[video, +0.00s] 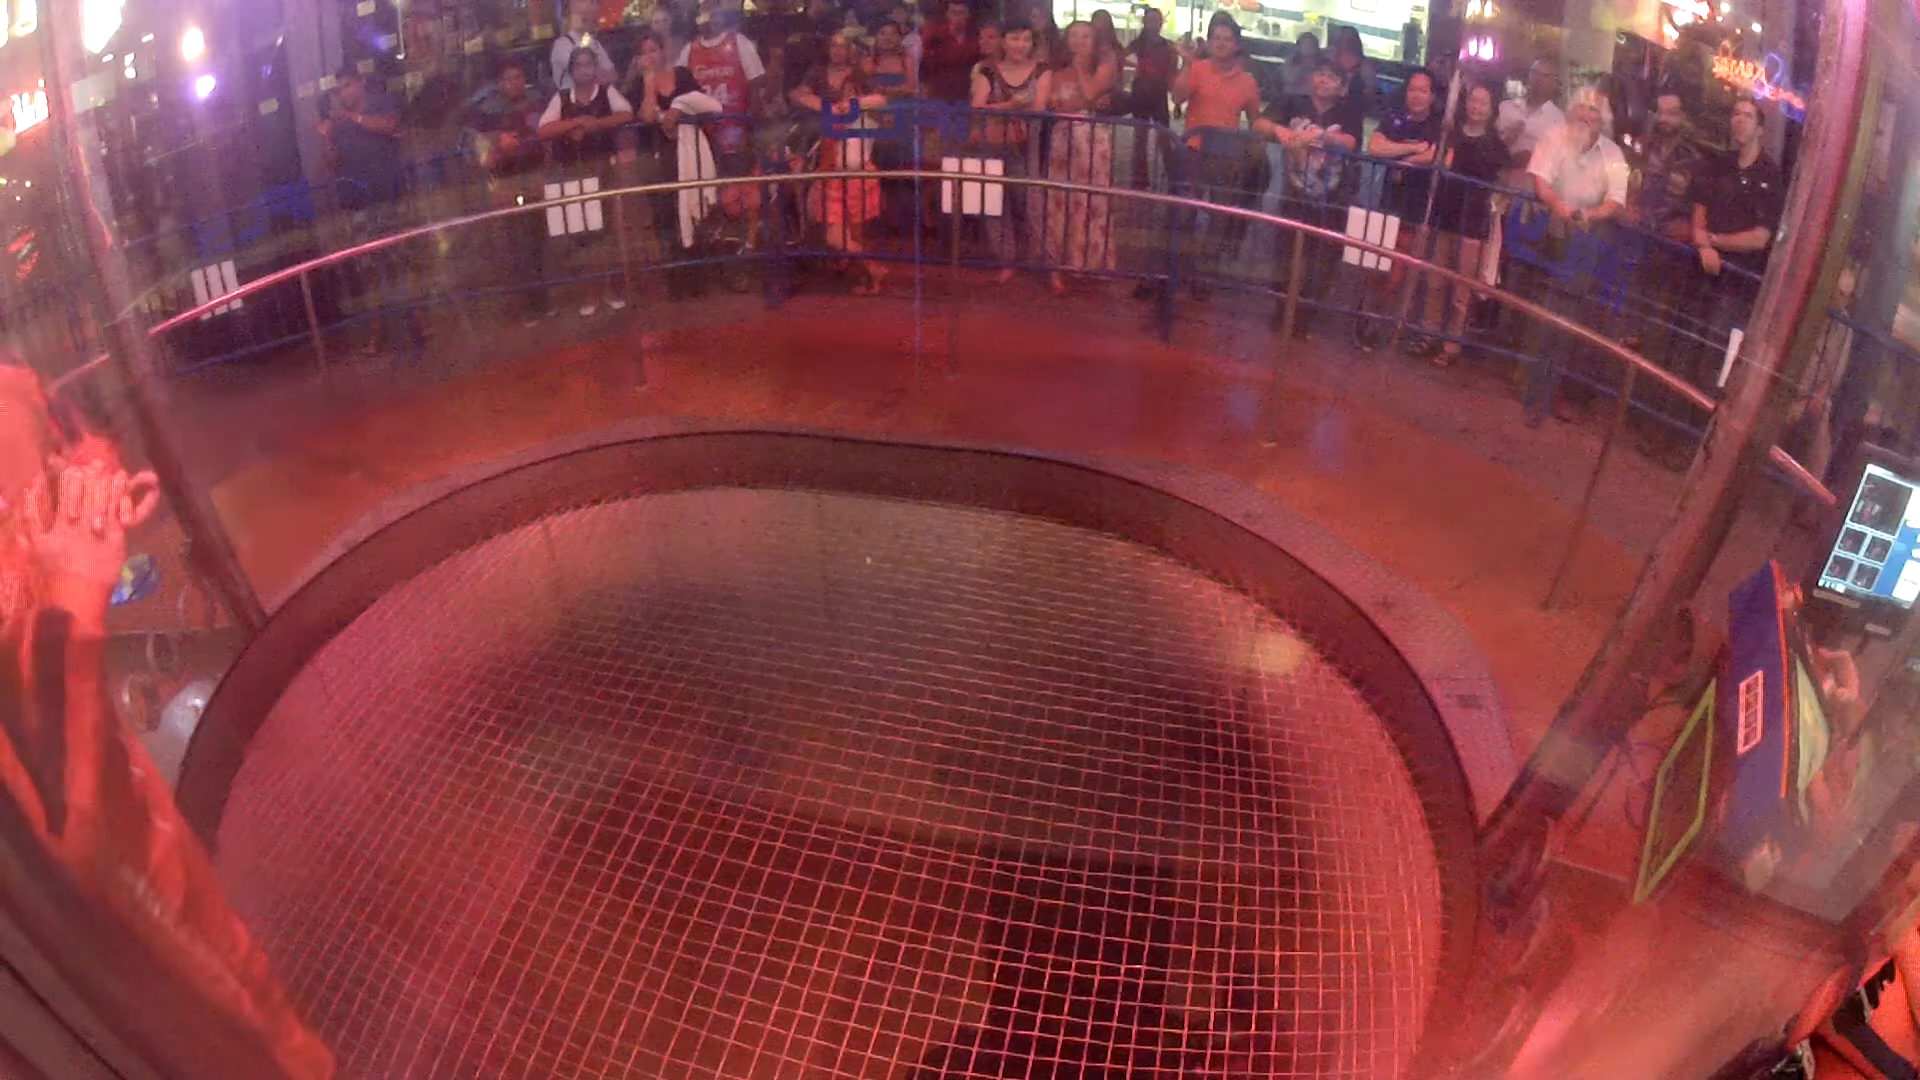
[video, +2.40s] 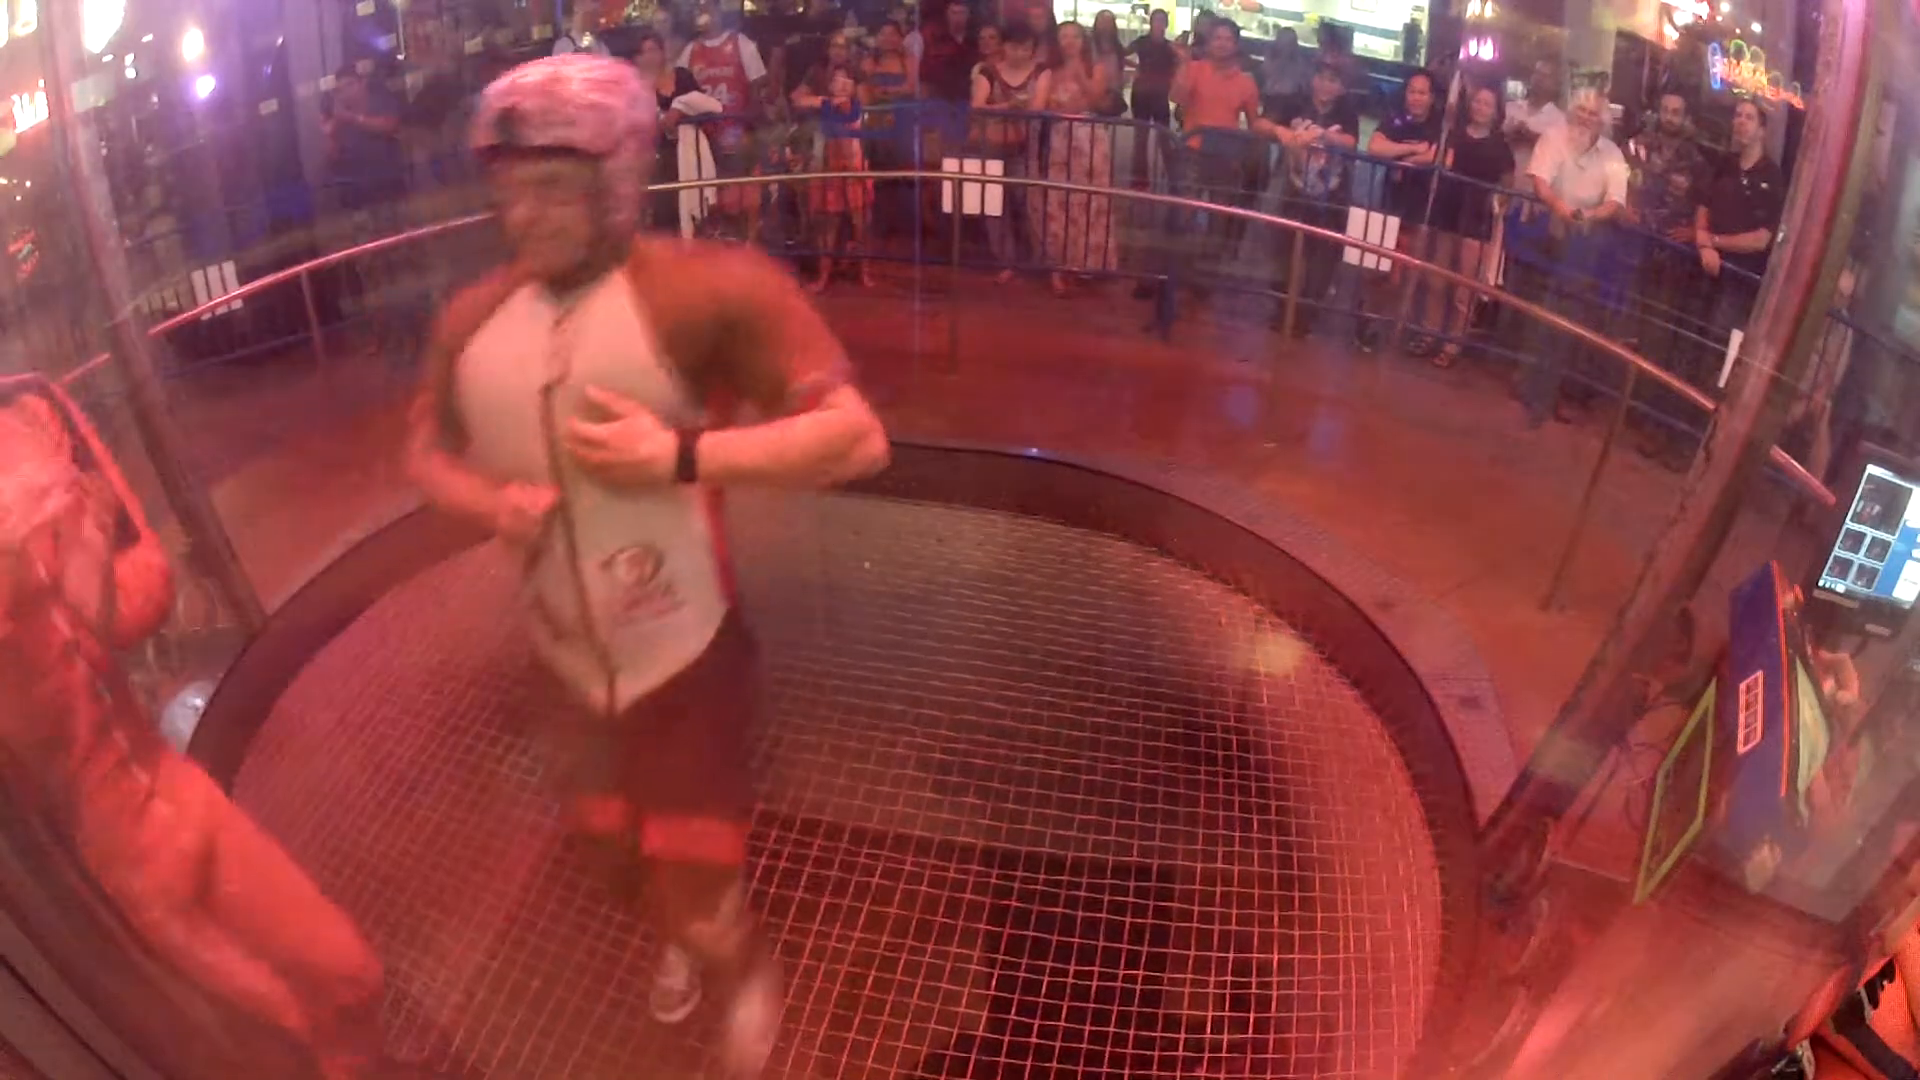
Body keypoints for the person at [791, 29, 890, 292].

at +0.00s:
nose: (836, 51)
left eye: (841, 46)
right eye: (833, 46)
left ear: (851, 50)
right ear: (827, 49)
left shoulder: (859, 76)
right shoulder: (818, 74)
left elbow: (880, 99)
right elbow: (798, 94)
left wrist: (853, 104)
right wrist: (828, 108)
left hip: (857, 163)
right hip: (829, 161)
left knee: (854, 230)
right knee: (833, 236)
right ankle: (873, 269)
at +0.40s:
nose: (835, 51)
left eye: (841, 46)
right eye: (832, 45)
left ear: (852, 50)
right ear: (826, 48)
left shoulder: (861, 77)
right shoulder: (819, 74)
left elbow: (880, 100)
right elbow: (797, 94)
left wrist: (853, 104)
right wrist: (826, 106)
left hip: (861, 170)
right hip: (831, 169)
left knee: (859, 230)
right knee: (834, 234)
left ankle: (863, 275)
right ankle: (874, 269)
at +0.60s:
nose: (843, 96)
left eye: (848, 91)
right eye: (840, 91)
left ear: (858, 92)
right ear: (834, 93)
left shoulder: (863, 108)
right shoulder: (830, 109)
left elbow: (879, 100)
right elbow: (797, 95)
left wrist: (853, 107)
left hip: (864, 175)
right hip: (839, 175)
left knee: (860, 230)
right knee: (834, 230)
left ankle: (865, 275)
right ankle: (871, 266)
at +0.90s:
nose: (844, 92)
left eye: (849, 87)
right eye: (840, 87)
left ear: (858, 89)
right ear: (834, 90)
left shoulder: (865, 106)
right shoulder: (831, 107)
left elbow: (882, 100)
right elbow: (798, 97)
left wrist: (855, 105)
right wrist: (827, 106)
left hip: (863, 171)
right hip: (834, 170)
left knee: (861, 224)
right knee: (817, 212)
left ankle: (863, 275)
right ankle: (851, 250)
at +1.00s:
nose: (835, 51)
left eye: (840, 46)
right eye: (832, 46)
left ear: (852, 50)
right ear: (827, 48)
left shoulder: (861, 77)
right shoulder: (820, 75)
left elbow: (885, 100)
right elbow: (798, 95)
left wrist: (855, 97)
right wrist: (828, 107)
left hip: (861, 156)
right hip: (832, 155)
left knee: (860, 218)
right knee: (819, 211)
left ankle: (862, 273)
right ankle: (844, 262)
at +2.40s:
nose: (838, 52)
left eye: (843, 46)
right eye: (834, 46)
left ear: (850, 50)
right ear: (827, 49)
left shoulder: (856, 79)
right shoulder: (818, 73)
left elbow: (863, 106)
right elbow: (797, 99)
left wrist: (848, 105)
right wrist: (828, 102)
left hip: (852, 147)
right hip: (826, 146)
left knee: (859, 213)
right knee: (826, 214)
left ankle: (864, 267)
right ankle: (824, 272)